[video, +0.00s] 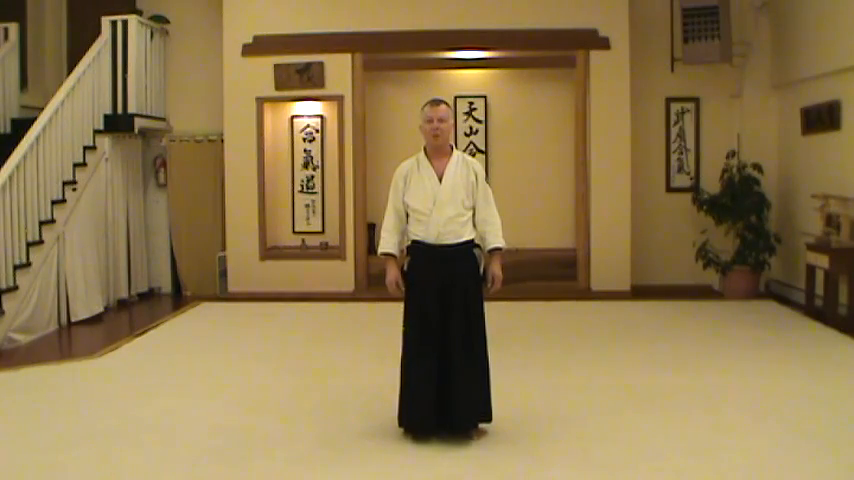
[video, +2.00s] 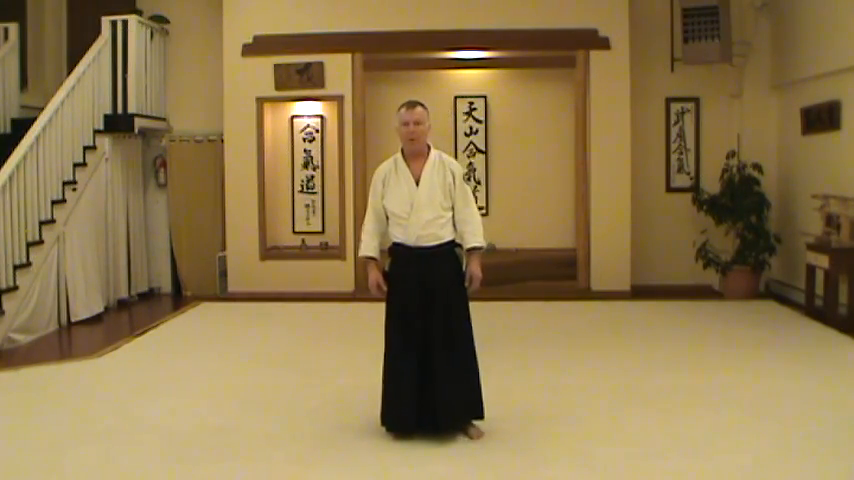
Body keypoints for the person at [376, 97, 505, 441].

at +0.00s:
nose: (436, 126)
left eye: (442, 120)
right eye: (429, 121)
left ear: (453, 125)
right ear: (421, 127)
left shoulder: (470, 167)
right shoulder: (407, 170)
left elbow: (486, 212)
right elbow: (393, 217)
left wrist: (494, 257)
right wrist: (390, 261)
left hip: (462, 260)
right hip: (422, 260)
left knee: (463, 337)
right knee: (423, 338)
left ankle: (465, 417)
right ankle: (421, 419)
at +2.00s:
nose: (412, 130)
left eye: (418, 123)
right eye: (405, 124)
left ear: (429, 127)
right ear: (397, 129)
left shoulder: (449, 167)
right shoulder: (385, 172)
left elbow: (466, 212)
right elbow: (374, 219)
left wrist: (474, 257)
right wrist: (371, 263)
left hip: (444, 262)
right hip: (404, 263)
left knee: (452, 337)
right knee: (404, 339)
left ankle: (463, 415)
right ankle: (405, 417)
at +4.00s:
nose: (418, 148)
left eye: (423, 141)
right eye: (412, 142)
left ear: (437, 137)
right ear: (406, 141)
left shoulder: (456, 172)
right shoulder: (398, 174)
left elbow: (472, 218)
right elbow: (386, 217)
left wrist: (469, 267)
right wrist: (402, 238)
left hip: (445, 261)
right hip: (412, 262)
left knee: (442, 338)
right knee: (411, 336)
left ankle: (442, 421)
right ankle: (413, 410)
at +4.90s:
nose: (420, 133)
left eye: (427, 128)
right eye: (415, 128)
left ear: (439, 132)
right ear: (407, 134)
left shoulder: (455, 173)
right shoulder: (395, 177)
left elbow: (471, 218)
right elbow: (385, 222)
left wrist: (469, 264)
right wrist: (391, 262)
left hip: (445, 262)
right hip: (411, 262)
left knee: (443, 340)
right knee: (413, 339)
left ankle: (441, 422)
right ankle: (418, 413)